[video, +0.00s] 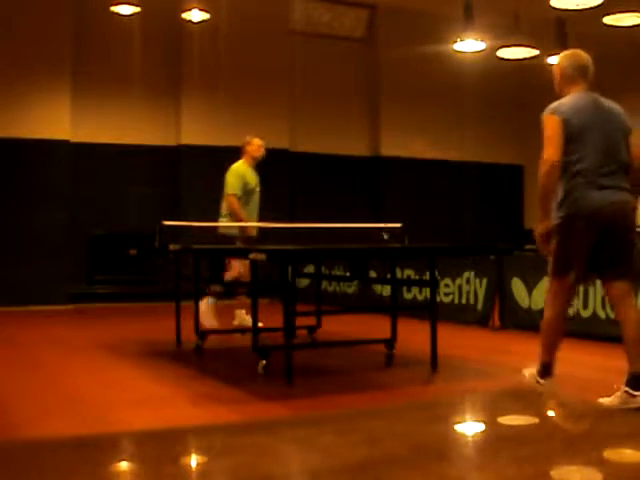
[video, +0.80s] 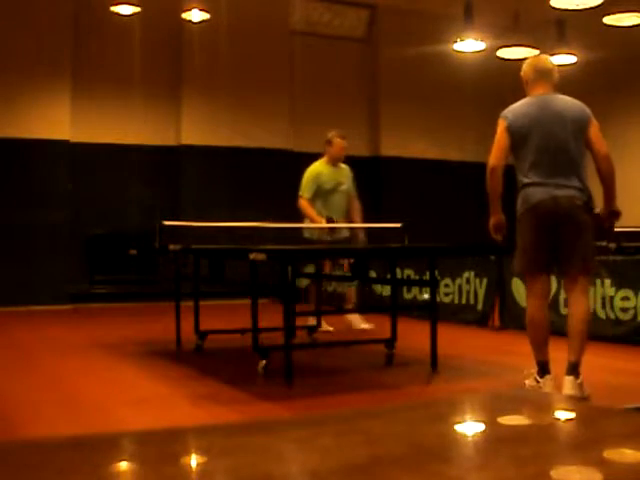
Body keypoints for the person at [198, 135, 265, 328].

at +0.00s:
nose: (262, 150)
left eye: (262, 147)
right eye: (258, 146)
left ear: (258, 151)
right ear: (247, 148)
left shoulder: (251, 172)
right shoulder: (237, 170)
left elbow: (246, 202)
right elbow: (232, 199)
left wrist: (251, 224)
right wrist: (245, 223)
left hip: (244, 230)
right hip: (231, 229)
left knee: (244, 271)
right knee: (235, 270)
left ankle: (241, 311)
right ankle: (208, 302)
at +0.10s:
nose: (271, 150)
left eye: (271, 146)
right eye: (267, 145)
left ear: (267, 150)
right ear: (256, 147)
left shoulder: (261, 171)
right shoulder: (246, 168)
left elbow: (256, 201)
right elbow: (241, 200)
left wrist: (263, 222)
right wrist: (257, 222)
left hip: (255, 229)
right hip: (242, 229)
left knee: (251, 268)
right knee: (247, 268)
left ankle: (244, 307)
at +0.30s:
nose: (289, 154)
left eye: (289, 150)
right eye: (286, 149)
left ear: (285, 153)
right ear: (275, 151)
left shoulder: (281, 174)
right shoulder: (265, 174)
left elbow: (283, 206)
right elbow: (259, 205)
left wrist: (289, 227)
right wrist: (279, 224)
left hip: (279, 231)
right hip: (263, 232)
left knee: (291, 270)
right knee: (257, 273)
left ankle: (300, 308)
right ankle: (242, 310)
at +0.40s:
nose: (300, 154)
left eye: (300, 150)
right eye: (296, 150)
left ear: (295, 153)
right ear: (286, 151)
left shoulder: (293, 173)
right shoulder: (277, 175)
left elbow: (293, 204)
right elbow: (269, 208)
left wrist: (299, 223)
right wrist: (289, 226)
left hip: (293, 230)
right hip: (277, 231)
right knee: (270, 273)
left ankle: (311, 314)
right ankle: (248, 307)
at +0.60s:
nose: (320, 152)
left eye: (320, 148)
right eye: (316, 148)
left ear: (319, 150)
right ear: (306, 149)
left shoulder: (319, 168)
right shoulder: (297, 172)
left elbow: (320, 198)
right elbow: (288, 204)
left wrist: (325, 221)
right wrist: (307, 224)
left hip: (319, 227)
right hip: (301, 229)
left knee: (314, 271)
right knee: (311, 271)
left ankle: (286, 297)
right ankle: (313, 315)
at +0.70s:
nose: (330, 151)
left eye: (331, 147)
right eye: (327, 147)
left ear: (331, 149)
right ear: (316, 147)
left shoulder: (332, 169)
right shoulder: (305, 171)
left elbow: (335, 196)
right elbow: (294, 201)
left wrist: (341, 220)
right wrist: (314, 221)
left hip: (328, 229)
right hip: (308, 230)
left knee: (327, 271)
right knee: (311, 273)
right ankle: (312, 314)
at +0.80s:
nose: (343, 153)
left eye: (344, 148)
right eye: (339, 148)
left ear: (344, 149)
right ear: (328, 147)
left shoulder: (345, 171)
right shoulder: (315, 170)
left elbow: (353, 201)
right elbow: (303, 200)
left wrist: (358, 227)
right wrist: (319, 220)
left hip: (341, 231)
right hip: (318, 232)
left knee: (348, 270)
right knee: (317, 273)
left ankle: (351, 310)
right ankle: (314, 315)